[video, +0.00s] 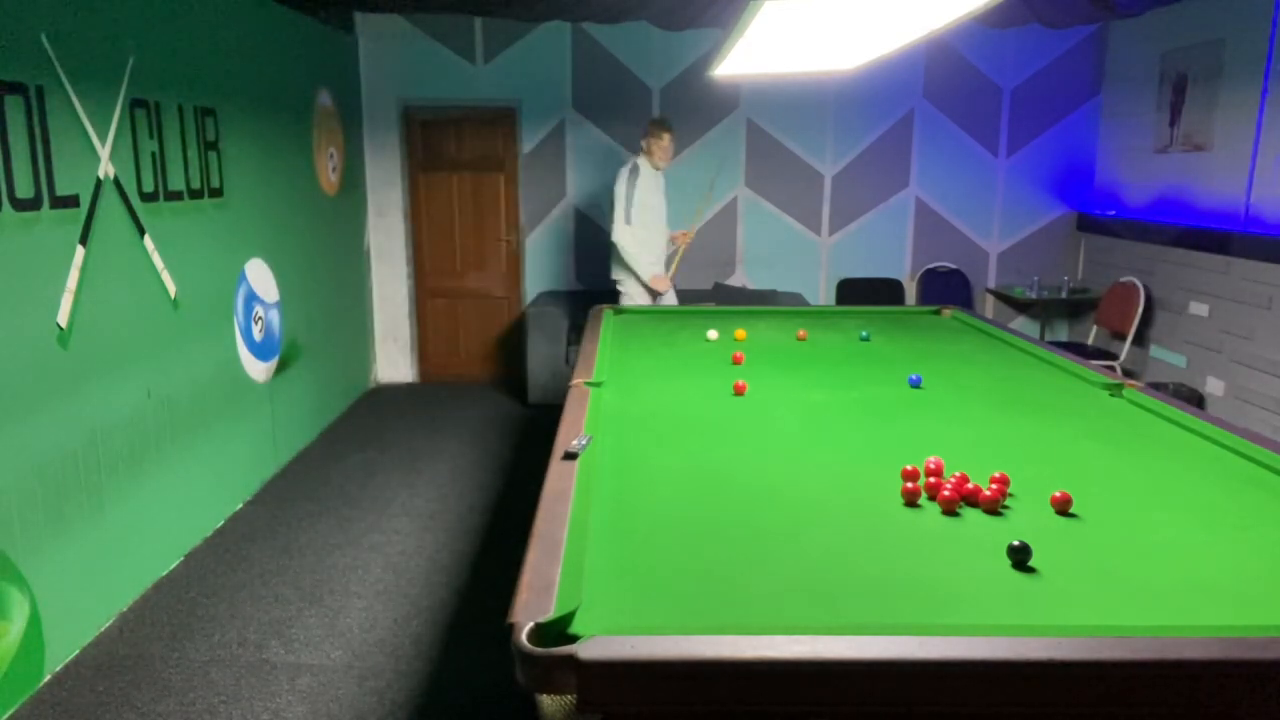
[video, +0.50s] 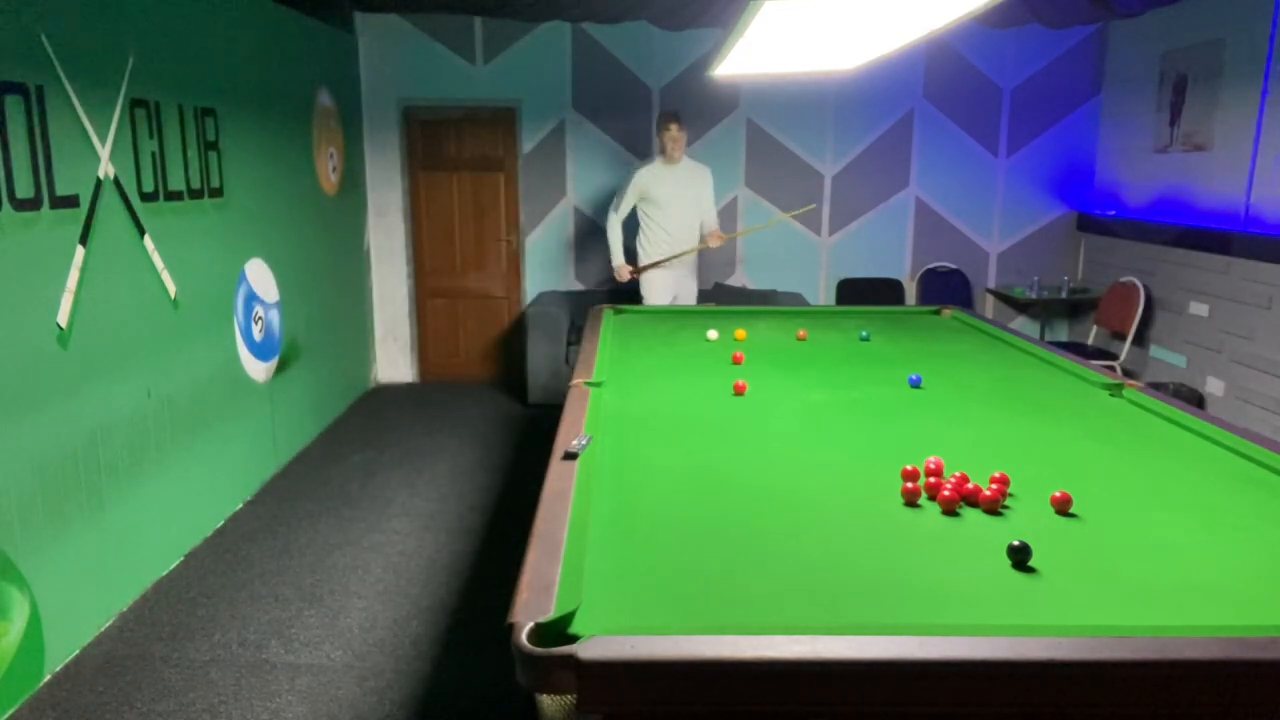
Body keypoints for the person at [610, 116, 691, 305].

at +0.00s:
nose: (665, 153)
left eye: (668, 147)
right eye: (659, 147)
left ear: (672, 149)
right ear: (644, 144)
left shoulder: (658, 176)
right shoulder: (631, 173)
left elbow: (647, 226)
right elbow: (620, 233)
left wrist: (671, 238)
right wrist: (651, 276)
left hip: (658, 272)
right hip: (634, 276)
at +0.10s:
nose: (674, 148)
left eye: (677, 142)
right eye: (667, 141)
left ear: (680, 145)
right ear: (653, 143)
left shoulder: (673, 176)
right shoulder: (636, 172)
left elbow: (674, 218)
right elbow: (615, 226)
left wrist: (684, 230)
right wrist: (638, 272)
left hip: (667, 267)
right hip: (643, 271)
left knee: (680, 319)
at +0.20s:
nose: (674, 146)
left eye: (679, 139)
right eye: (668, 138)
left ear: (683, 143)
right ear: (657, 141)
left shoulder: (681, 174)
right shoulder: (638, 172)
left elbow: (683, 219)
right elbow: (612, 223)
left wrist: (697, 227)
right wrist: (625, 272)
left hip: (674, 269)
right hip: (648, 274)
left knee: (683, 325)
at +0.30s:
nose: (676, 143)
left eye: (681, 136)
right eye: (670, 136)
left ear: (686, 140)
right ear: (659, 139)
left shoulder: (691, 173)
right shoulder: (640, 173)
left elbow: (697, 216)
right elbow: (607, 216)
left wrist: (708, 221)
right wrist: (621, 263)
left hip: (680, 267)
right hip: (652, 270)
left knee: (683, 327)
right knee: (658, 328)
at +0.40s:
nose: (676, 142)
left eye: (681, 135)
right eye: (670, 135)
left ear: (688, 139)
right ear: (660, 139)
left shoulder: (698, 173)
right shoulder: (643, 174)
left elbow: (706, 216)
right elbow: (610, 214)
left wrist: (714, 225)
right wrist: (620, 261)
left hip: (685, 267)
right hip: (653, 268)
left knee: (683, 330)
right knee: (657, 330)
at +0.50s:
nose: (675, 141)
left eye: (680, 135)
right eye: (669, 135)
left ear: (686, 138)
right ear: (660, 139)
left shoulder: (702, 174)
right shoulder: (644, 176)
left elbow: (709, 216)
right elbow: (615, 217)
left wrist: (713, 234)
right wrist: (618, 262)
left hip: (688, 269)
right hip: (655, 270)